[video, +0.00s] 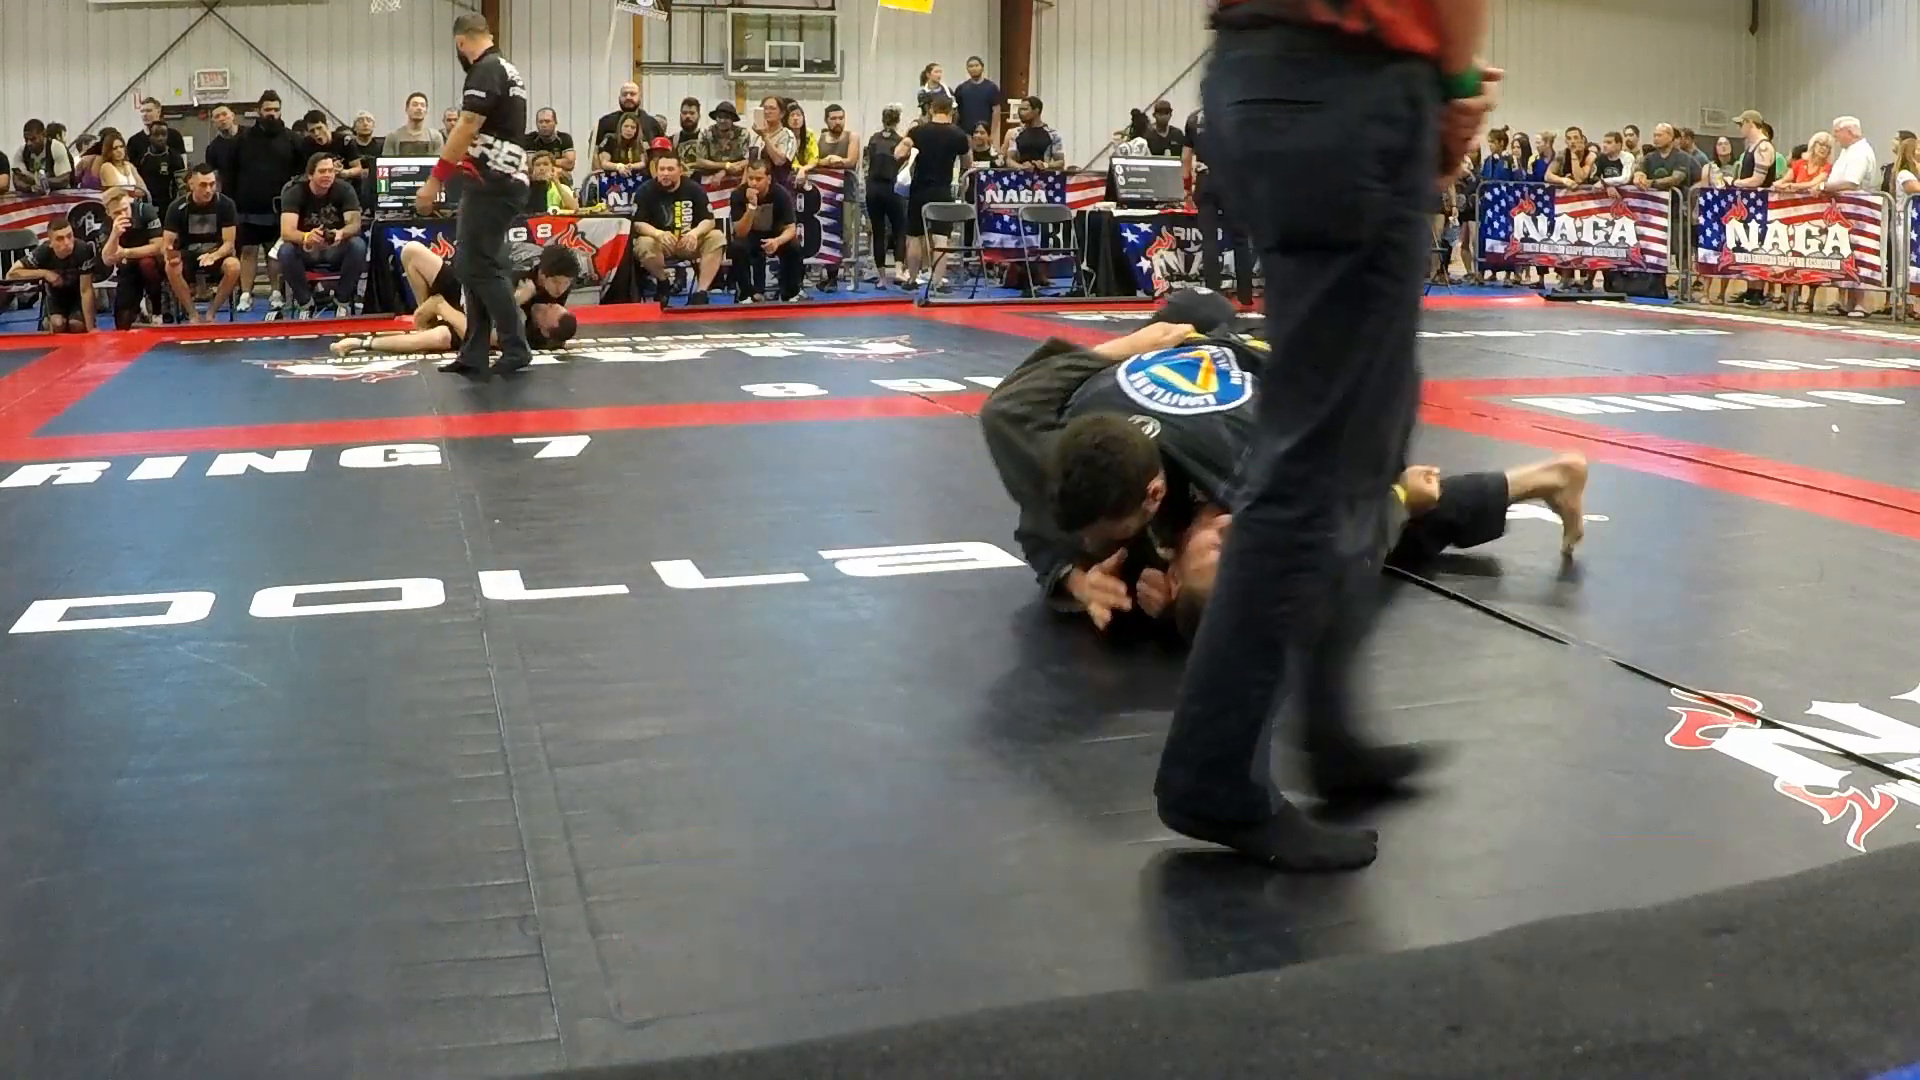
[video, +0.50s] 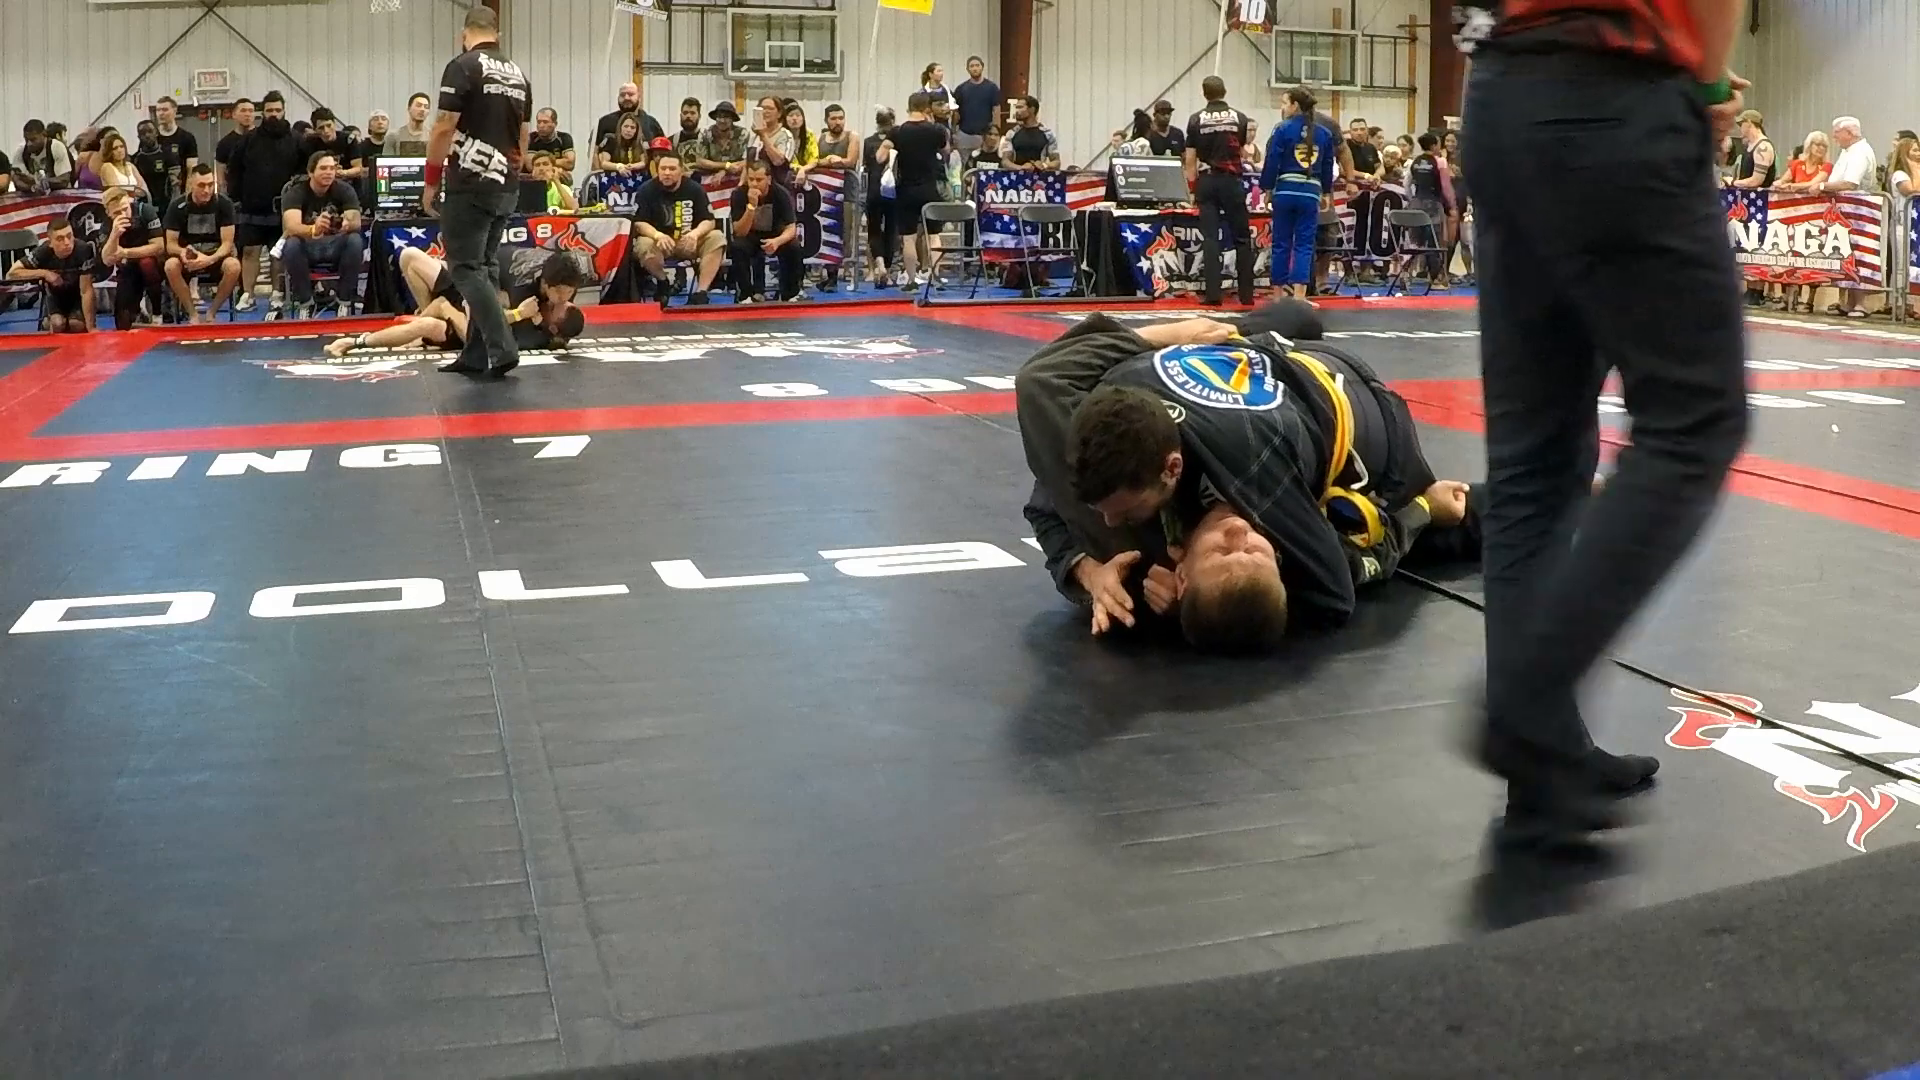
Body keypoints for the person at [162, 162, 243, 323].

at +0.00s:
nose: (208, 190)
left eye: (211, 184)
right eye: (203, 185)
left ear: (216, 183)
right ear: (191, 184)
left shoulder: (225, 205)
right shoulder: (177, 207)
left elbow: (229, 243)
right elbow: (167, 242)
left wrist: (214, 255)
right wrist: (171, 257)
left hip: (215, 252)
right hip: (188, 253)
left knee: (234, 266)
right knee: (172, 268)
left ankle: (211, 313)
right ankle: (193, 315)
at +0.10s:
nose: (208, 190)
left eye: (211, 184)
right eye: (203, 185)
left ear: (216, 184)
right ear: (192, 184)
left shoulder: (224, 204)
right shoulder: (178, 207)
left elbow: (229, 243)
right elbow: (167, 243)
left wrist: (213, 257)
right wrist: (172, 257)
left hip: (215, 252)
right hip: (187, 253)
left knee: (234, 266)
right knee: (171, 268)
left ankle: (211, 313)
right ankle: (193, 315)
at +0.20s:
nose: (208, 190)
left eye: (211, 184)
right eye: (203, 185)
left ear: (216, 184)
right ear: (191, 184)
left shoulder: (224, 204)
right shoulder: (177, 207)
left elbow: (228, 244)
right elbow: (168, 242)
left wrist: (212, 258)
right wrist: (171, 257)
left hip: (215, 252)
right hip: (187, 253)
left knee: (234, 267)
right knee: (172, 268)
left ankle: (211, 313)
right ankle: (193, 315)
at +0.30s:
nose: (208, 190)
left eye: (211, 184)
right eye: (203, 185)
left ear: (216, 184)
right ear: (191, 184)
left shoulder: (224, 204)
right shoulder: (177, 207)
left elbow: (228, 243)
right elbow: (169, 240)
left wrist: (212, 259)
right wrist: (172, 256)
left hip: (215, 251)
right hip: (187, 252)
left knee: (234, 267)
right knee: (171, 268)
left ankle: (211, 313)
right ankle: (193, 315)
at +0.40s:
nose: (208, 190)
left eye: (211, 185)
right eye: (202, 185)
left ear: (215, 184)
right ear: (192, 184)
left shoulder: (224, 205)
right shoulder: (177, 206)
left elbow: (227, 243)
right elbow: (169, 240)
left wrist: (211, 259)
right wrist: (174, 252)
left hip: (215, 252)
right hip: (188, 253)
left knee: (234, 267)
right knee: (171, 267)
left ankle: (211, 313)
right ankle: (193, 315)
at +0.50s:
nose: (206, 190)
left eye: (210, 185)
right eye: (201, 185)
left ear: (214, 183)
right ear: (191, 184)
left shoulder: (224, 204)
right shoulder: (177, 206)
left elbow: (227, 243)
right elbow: (170, 243)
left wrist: (210, 259)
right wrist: (182, 252)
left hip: (215, 254)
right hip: (189, 256)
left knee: (233, 266)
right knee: (171, 265)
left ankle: (211, 313)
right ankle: (193, 315)